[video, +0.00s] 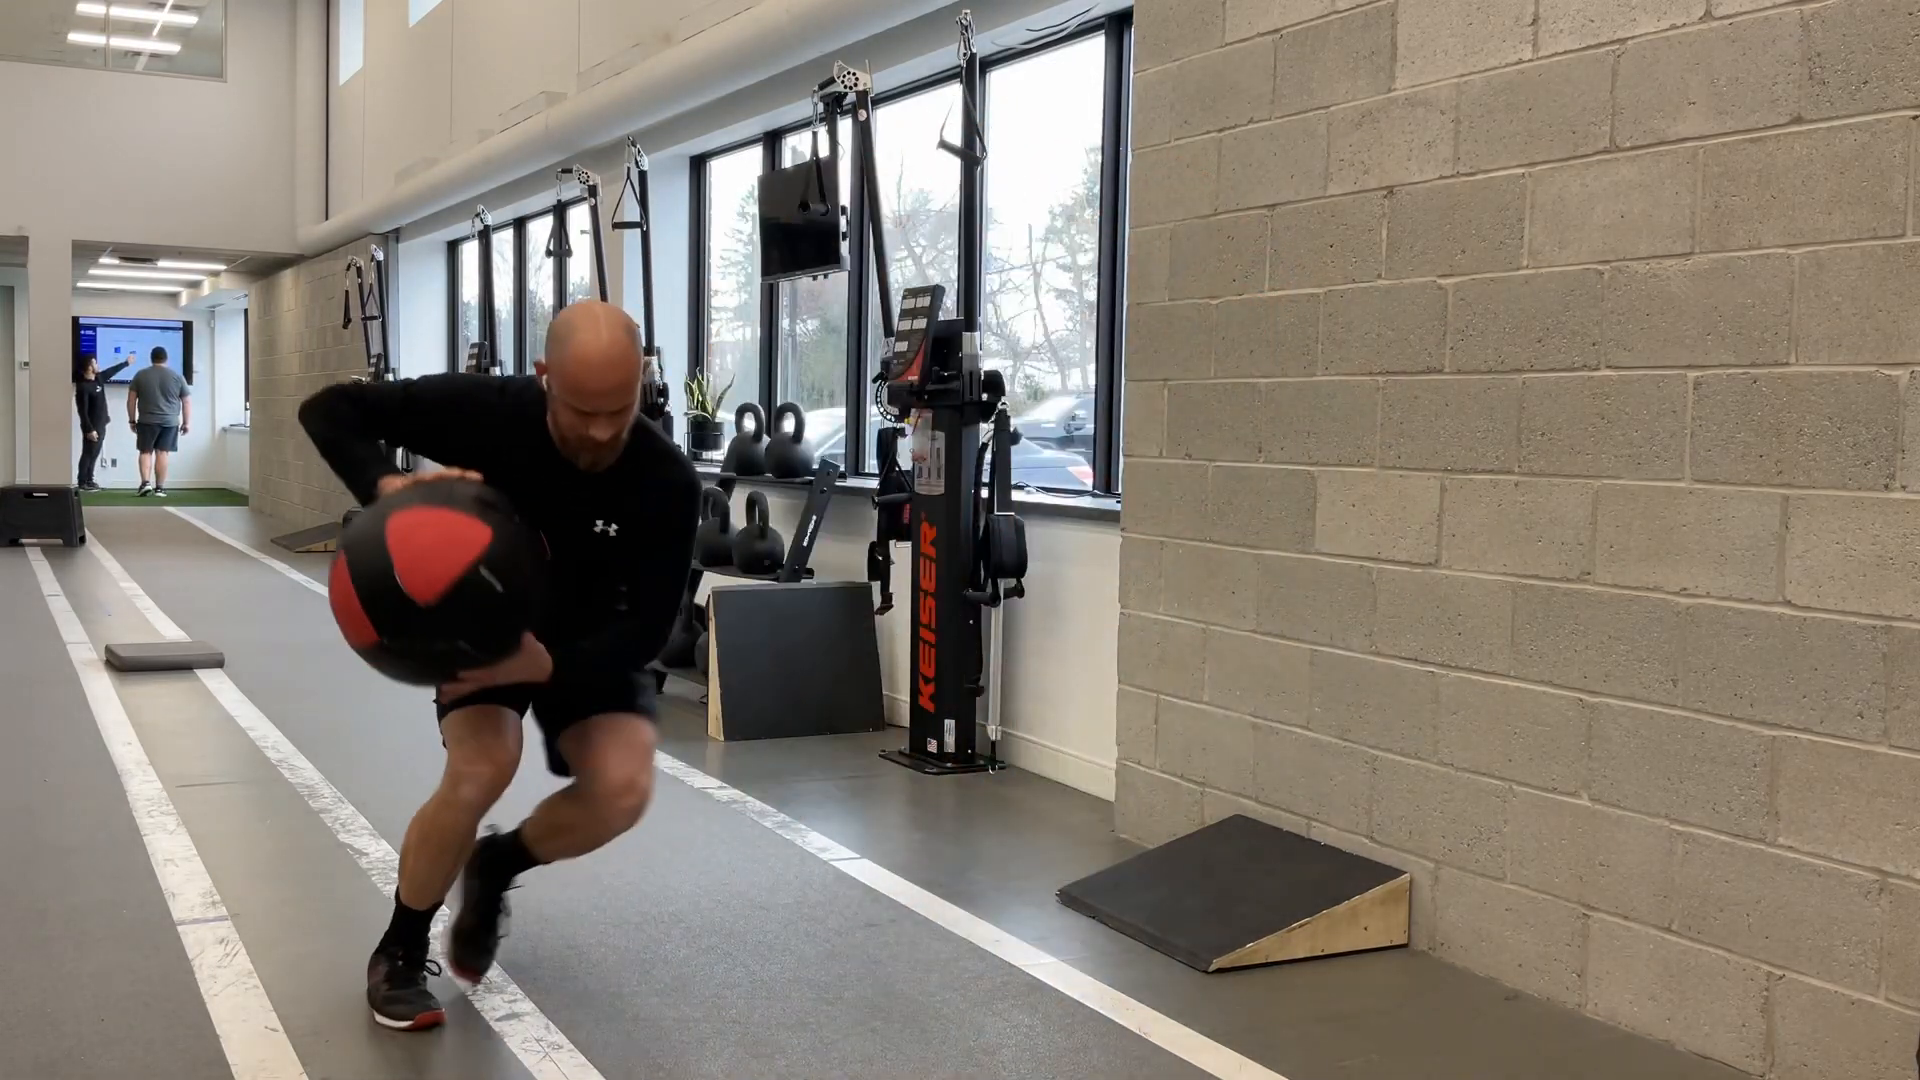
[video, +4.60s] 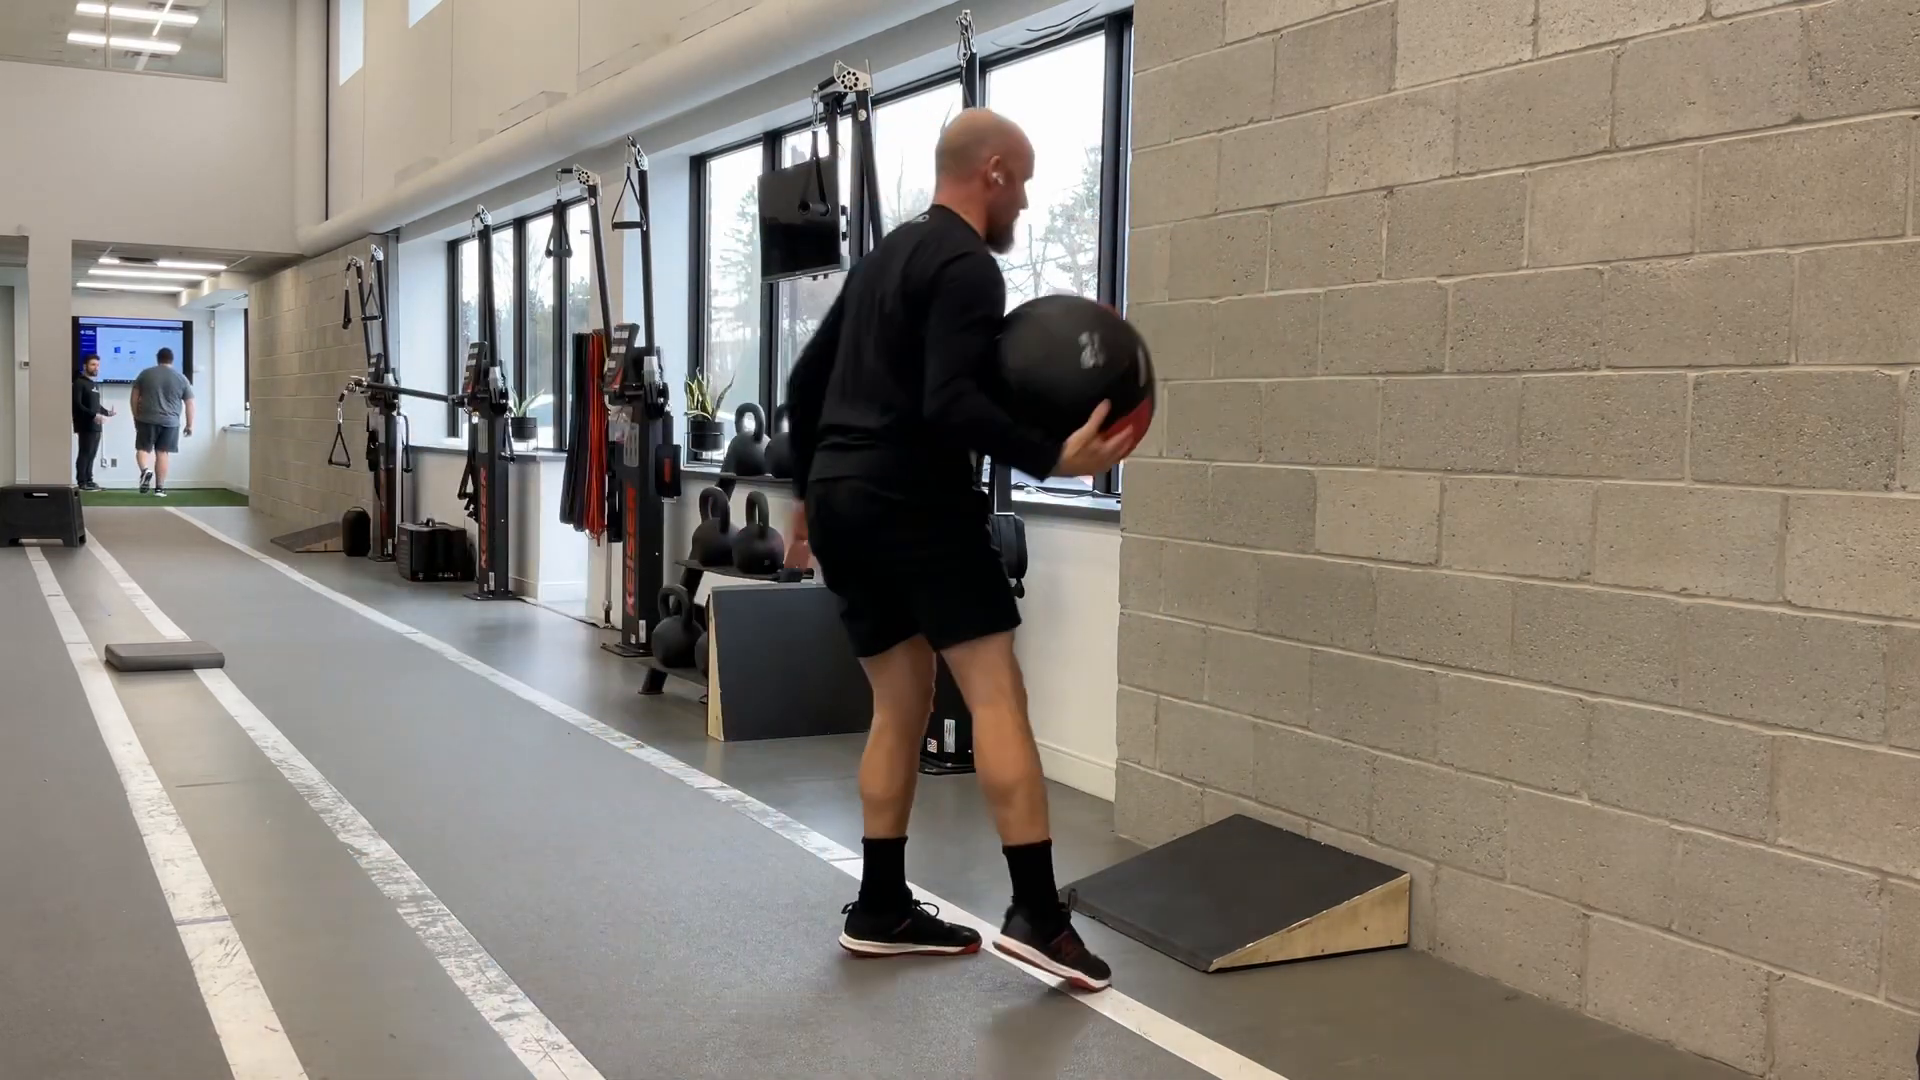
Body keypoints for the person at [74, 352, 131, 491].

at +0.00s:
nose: (97, 365)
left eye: (96, 363)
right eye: (94, 363)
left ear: (92, 366)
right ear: (89, 366)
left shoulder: (99, 378)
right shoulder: (83, 386)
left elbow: (112, 371)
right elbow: (83, 411)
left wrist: (126, 363)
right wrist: (89, 429)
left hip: (101, 422)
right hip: (91, 424)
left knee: (95, 454)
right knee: (88, 454)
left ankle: (89, 480)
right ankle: (83, 481)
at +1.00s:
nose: (94, 365)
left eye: (95, 363)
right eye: (90, 363)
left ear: (97, 365)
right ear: (85, 366)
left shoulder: (98, 381)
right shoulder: (82, 385)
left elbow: (108, 380)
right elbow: (81, 409)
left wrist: (120, 372)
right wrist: (86, 428)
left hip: (99, 423)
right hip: (89, 425)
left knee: (92, 454)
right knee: (86, 454)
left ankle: (89, 480)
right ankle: (83, 481)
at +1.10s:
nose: (94, 366)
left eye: (96, 363)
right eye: (91, 363)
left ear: (97, 365)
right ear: (85, 366)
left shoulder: (97, 382)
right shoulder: (81, 385)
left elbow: (104, 389)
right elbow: (80, 409)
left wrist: (111, 386)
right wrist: (86, 428)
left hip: (99, 424)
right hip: (89, 425)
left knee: (93, 454)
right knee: (87, 454)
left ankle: (89, 479)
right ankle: (83, 481)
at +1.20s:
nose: (95, 366)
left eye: (96, 363)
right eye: (92, 363)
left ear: (98, 365)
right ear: (85, 366)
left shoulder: (97, 383)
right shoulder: (81, 385)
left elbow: (95, 399)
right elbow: (79, 409)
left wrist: (105, 396)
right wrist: (84, 427)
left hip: (98, 424)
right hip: (88, 426)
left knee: (93, 454)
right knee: (86, 454)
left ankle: (89, 479)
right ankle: (82, 480)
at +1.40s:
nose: (97, 366)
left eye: (98, 363)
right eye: (93, 363)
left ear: (99, 365)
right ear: (87, 366)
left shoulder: (98, 384)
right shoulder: (81, 384)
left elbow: (98, 405)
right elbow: (78, 408)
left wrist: (107, 416)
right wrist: (81, 427)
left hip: (97, 424)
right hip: (87, 425)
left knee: (93, 454)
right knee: (85, 453)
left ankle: (89, 479)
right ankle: (82, 480)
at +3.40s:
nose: (98, 365)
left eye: (100, 363)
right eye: (95, 362)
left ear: (101, 365)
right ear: (88, 365)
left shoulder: (98, 385)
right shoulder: (81, 383)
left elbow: (99, 407)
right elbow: (78, 406)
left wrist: (103, 425)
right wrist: (80, 424)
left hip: (97, 425)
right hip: (87, 426)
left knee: (92, 455)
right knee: (85, 454)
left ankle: (89, 479)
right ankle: (82, 481)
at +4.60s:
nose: (96, 367)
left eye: (97, 365)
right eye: (93, 364)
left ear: (98, 367)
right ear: (86, 366)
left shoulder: (94, 384)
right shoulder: (79, 383)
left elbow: (95, 404)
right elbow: (78, 405)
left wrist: (107, 412)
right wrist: (93, 415)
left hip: (94, 423)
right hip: (84, 423)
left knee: (92, 453)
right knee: (85, 452)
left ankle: (89, 479)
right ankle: (82, 481)